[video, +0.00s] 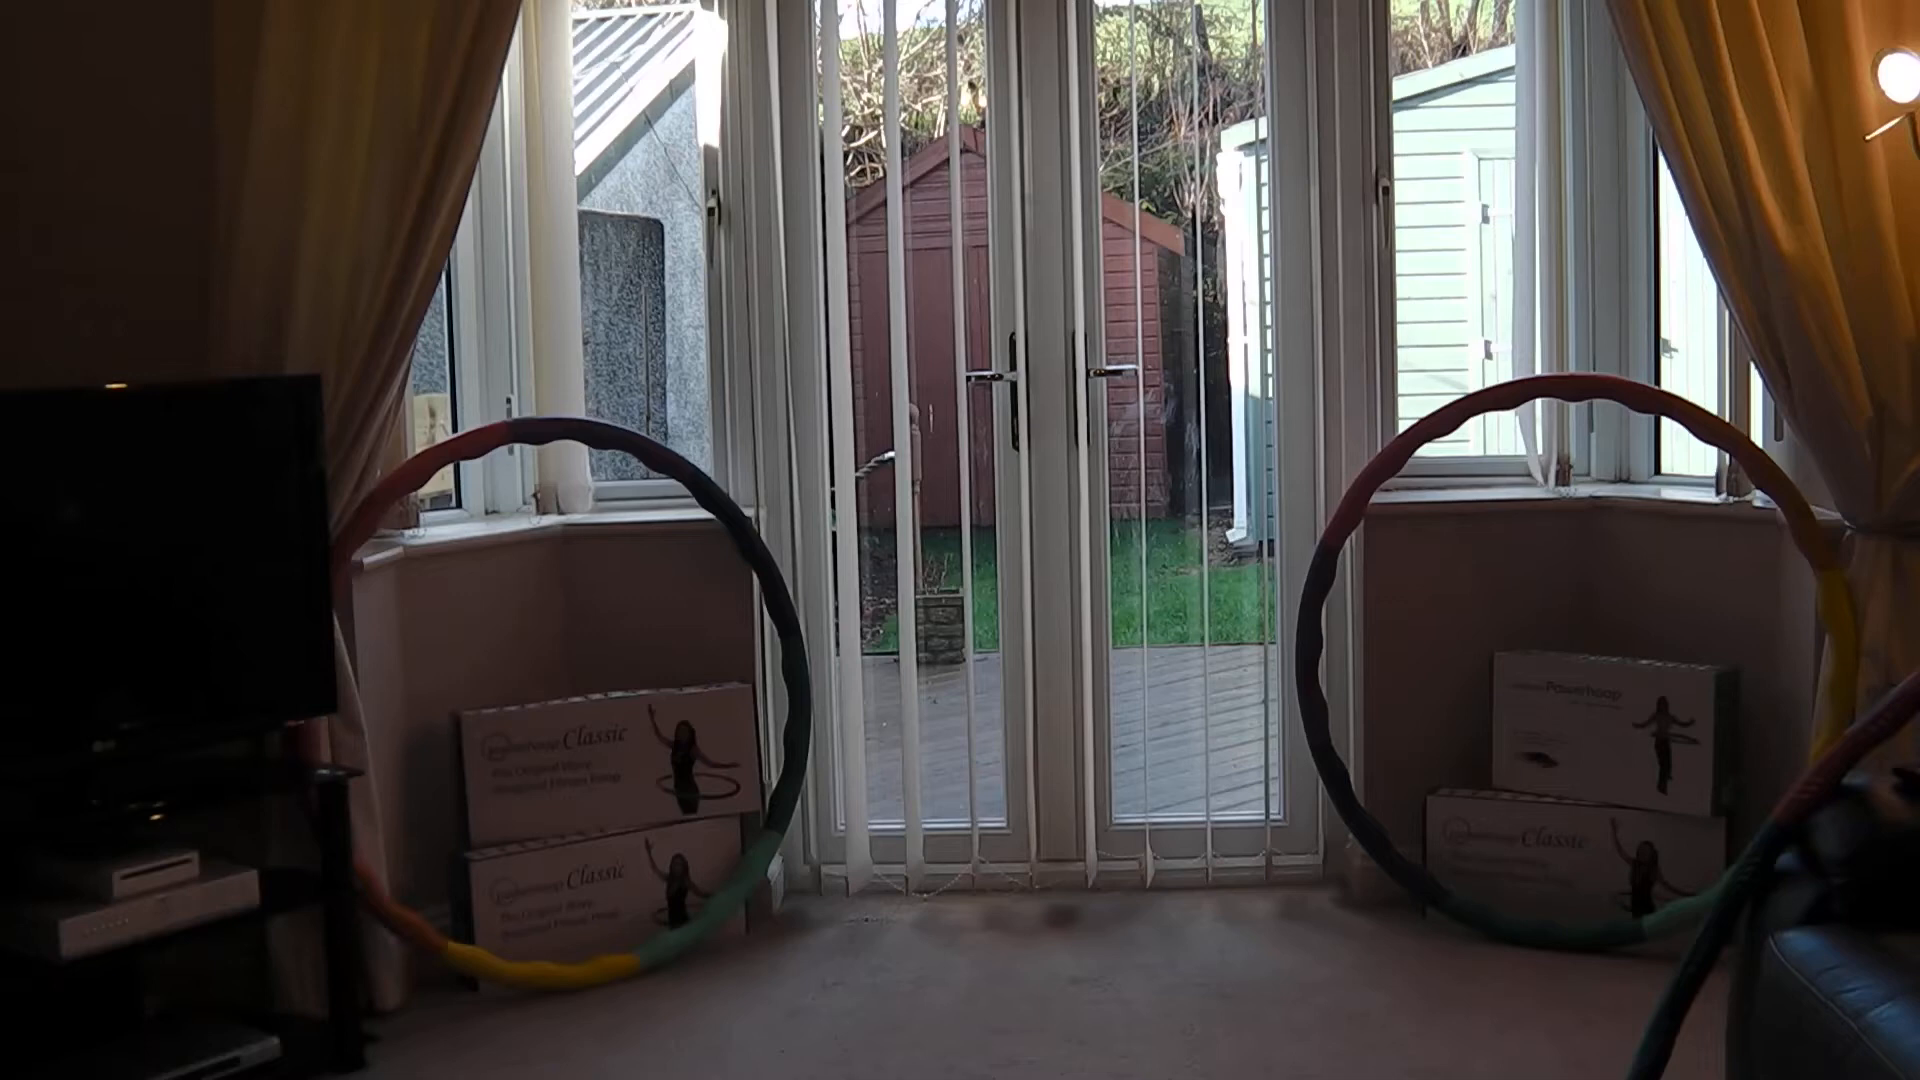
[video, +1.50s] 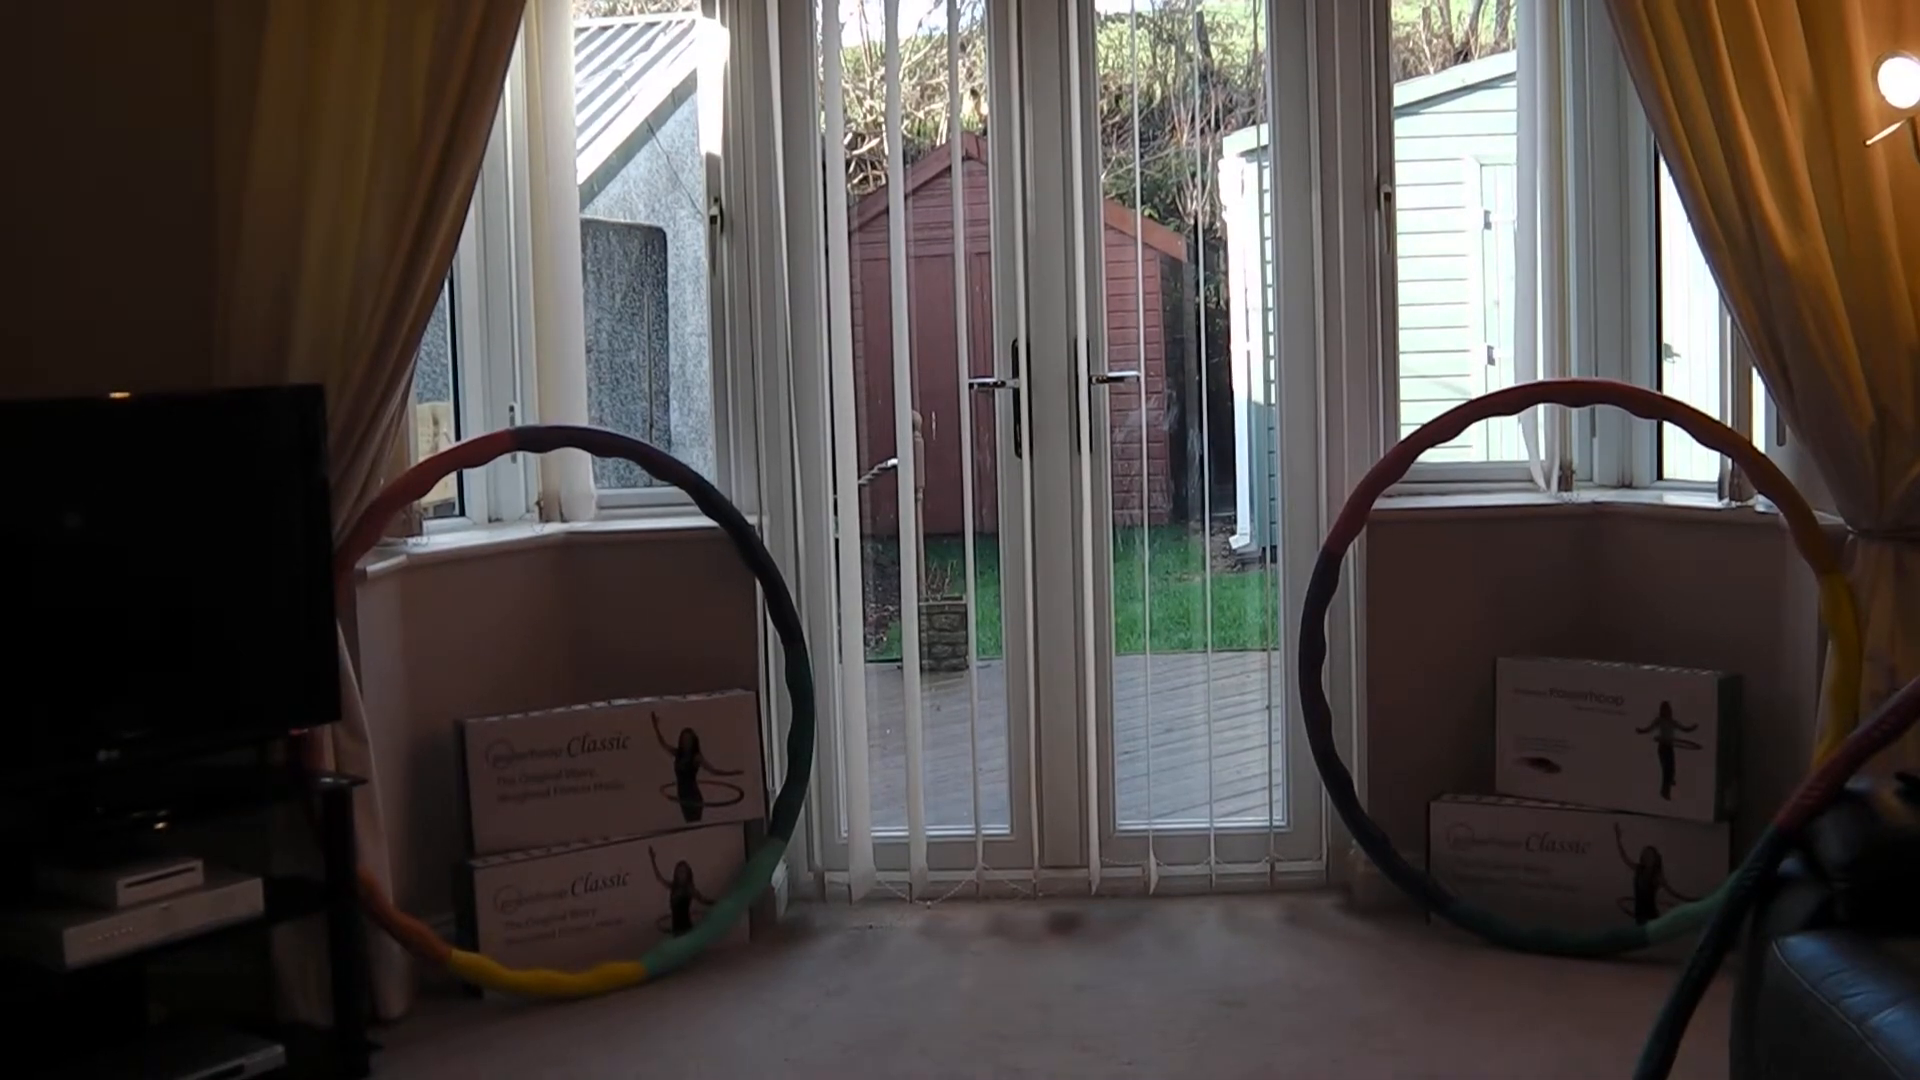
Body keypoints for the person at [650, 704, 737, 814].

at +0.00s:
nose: (681, 734)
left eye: (685, 732)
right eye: (680, 731)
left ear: (690, 734)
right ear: (676, 733)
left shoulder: (692, 749)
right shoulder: (675, 747)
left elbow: (710, 764)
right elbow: (659, 736)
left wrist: (729, 766)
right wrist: (652, 718)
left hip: (690, 787)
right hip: (678, 787)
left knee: (692, 821)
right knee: (688, 820)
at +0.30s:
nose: (680, 741)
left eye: (683, 738)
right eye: (678, 738)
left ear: (689, 740)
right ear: (675, 740)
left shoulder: (691, 756)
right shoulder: (673, 753)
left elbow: (709, 771)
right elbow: (658, 743)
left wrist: (728, 772)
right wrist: (651, 724)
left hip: (688, 793)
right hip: (677, 793)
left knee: (691, 826)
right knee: (686, 827)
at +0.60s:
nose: (683, 741)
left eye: (686, 738)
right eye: (682, 738)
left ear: (692, 740)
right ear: (678, 740)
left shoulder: (694, 756)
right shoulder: (677, 753)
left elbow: (712, 771)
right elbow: (661, 743)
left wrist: (731, 772)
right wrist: (654, 724)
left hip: (692, 793)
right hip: (681, 794)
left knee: (694, 826)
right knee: (689, 826)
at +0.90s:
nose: (685, 742)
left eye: (688, 739)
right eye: (683, 739)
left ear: (693, 741)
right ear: (680, 741)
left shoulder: (695, 757)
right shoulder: (678, 754)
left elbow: (713, 772)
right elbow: (662, 744)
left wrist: (733, 773)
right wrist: (655, 725)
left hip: (692, 794)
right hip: (681, 794)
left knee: (695, 827)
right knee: (690, 827)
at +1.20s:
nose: (685, 742)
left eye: (688, 739)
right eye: (683, 739)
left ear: (693, 741)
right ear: (679, 741)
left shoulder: (695, 757)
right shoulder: (677, 754)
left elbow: (713, 772)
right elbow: (662, 744)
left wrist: (733, 773)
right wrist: (655, 725)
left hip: (693, 794)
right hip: (682, 794)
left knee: (696, 827)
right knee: (690, 827)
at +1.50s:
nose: (685, 741)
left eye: (688, 739)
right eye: (683, 738)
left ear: (693, 741)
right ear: (680, 740)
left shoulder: (696, 756)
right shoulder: (678, 754)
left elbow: (713, 771)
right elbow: (662, 744)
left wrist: (733, 773)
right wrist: (655, 725)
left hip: (693, 793)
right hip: (682, 793)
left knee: (696, 826)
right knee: (690, 826)